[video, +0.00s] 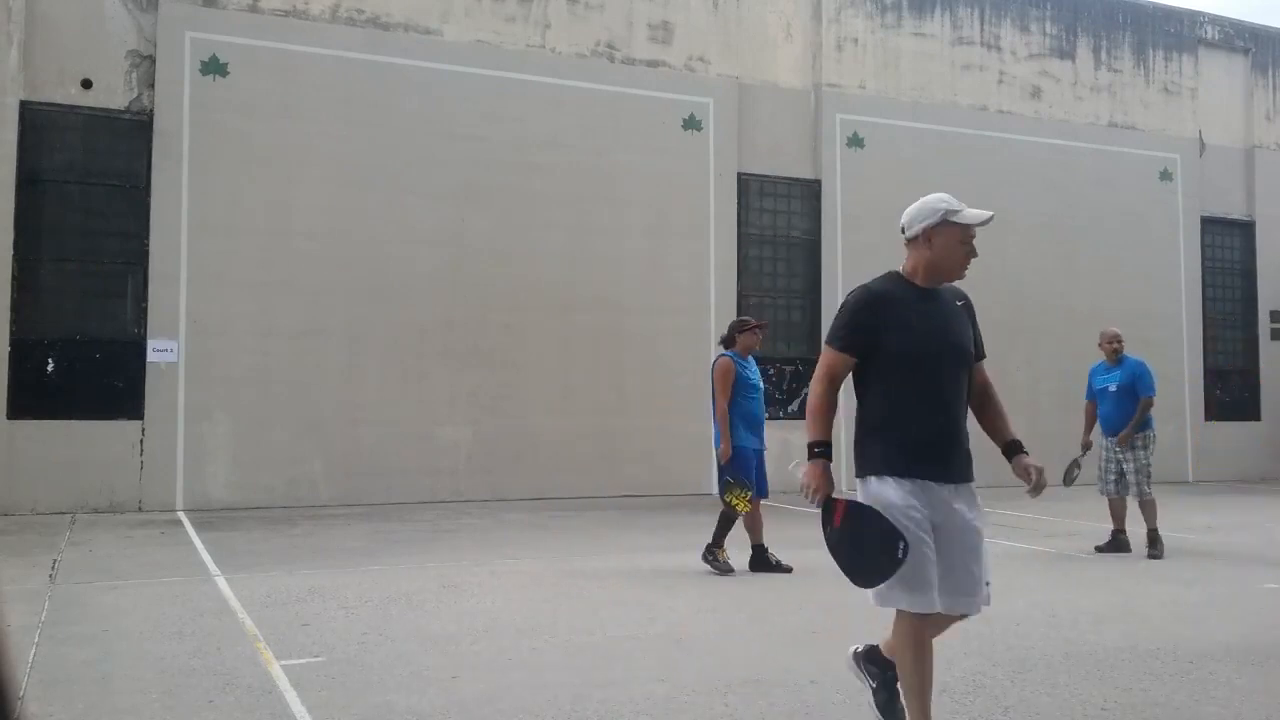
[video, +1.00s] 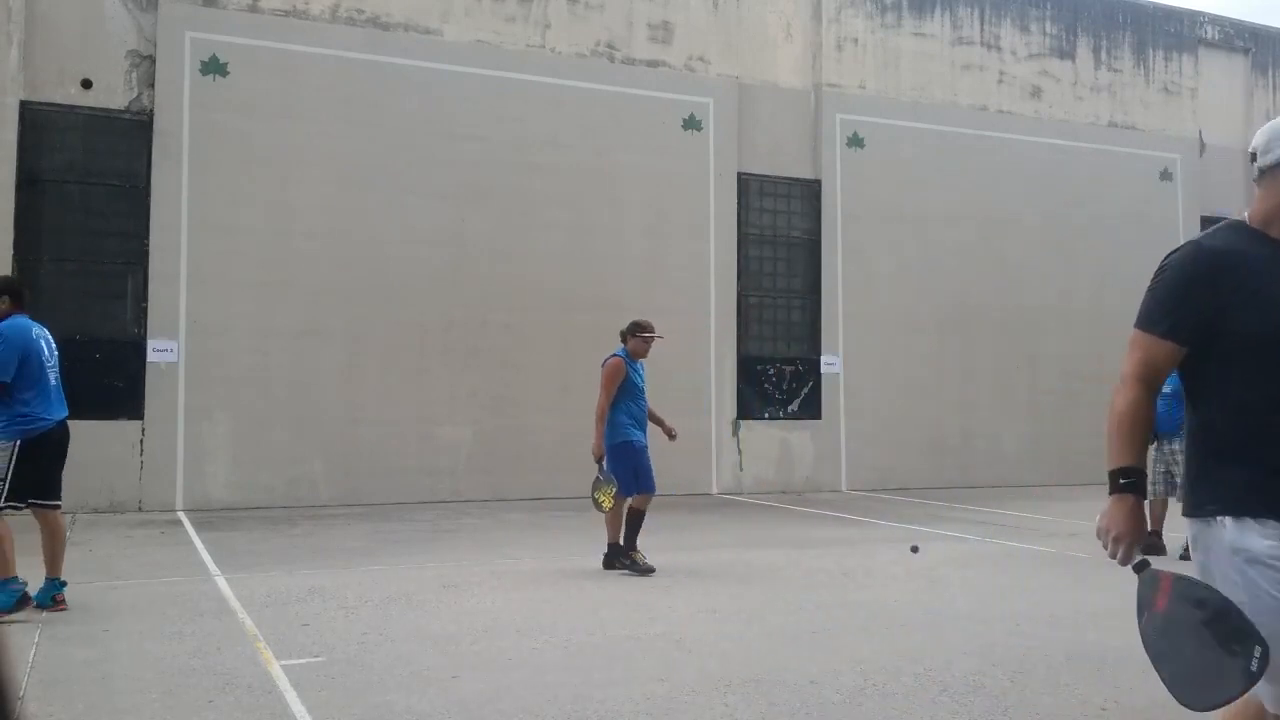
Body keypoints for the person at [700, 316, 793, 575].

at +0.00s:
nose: (759, 336)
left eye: (760, 332)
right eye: (754, 332)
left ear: (752, 338)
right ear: (739, 336)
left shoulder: (749, 363)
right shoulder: (726, 363)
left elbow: (751, 404)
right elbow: (721, 404)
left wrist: (759, 440)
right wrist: (725, 441)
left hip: (755, 442)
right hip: (737, 442)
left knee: (754, 498)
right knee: (738, 496)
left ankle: (759, 554)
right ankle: (715, 548)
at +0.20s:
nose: (740, 338)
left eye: (740, 334)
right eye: (735, 334)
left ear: (730, 339)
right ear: (720, 338)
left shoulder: (728, 366)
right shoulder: (711, 364)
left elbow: (727, 407)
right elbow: (704, 404)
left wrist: (738, 444)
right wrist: (712, 444)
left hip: (735, 447)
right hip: (717, 446)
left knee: (743, 502)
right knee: (709, 500)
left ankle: (759, 553)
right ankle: (696, 556)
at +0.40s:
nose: (718, 336)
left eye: (717, 332)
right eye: (714, 332)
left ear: (704, 337)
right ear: (699, 336)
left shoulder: (703, 363)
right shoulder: (689, 362)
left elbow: (703, 405)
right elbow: (684, 403)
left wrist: (714, 438)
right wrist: (698, 438)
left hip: (713, 441)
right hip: (693, 442)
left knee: (723, 493)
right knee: (690, 496)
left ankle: (723, 551)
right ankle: (693, 555)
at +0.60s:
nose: (694, 340)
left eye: (693, 336)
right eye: (689, 336)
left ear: (684, 341)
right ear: (673, 340)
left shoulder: (679, 366)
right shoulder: (664, 366)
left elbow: (677, 406)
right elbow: (655, 405)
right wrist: (662, 444)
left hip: (691, 443)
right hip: (678, 443)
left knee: (681, 498)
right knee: (678, 499)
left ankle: (643, 535)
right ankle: (692, 555)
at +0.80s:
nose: (671, 346)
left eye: (672, 342)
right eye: (667, 342)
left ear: (666, 346)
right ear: (652, 343)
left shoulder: (659, 370)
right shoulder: (639, 368)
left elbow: (667, 409)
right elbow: (625, 409)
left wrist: (692, 434)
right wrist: (622, 447)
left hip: (647, 445)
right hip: (649, 446)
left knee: (629, 499)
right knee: (667, 499)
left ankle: (615, 552)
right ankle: (687, 555)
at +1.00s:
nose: (649, 345)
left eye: (651, 341)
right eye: (645, 340)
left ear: (645, 343)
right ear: (630, 340)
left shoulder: (636, 365)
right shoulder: (617, 364)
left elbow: (639, 404)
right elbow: (603, 404)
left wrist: (663, 424)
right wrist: (598, 441)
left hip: (627, 437)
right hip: (626, 439)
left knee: (618, 493)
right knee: (645, 489)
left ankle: (613, 552)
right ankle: (629, 550)